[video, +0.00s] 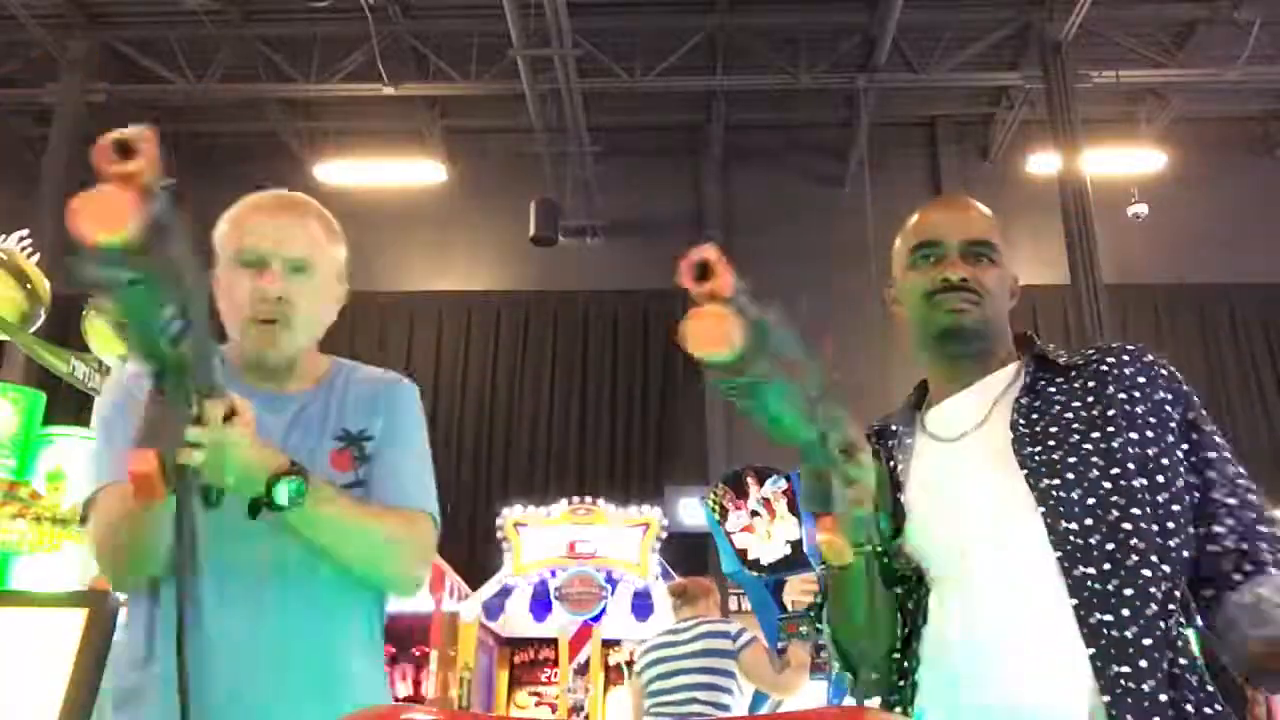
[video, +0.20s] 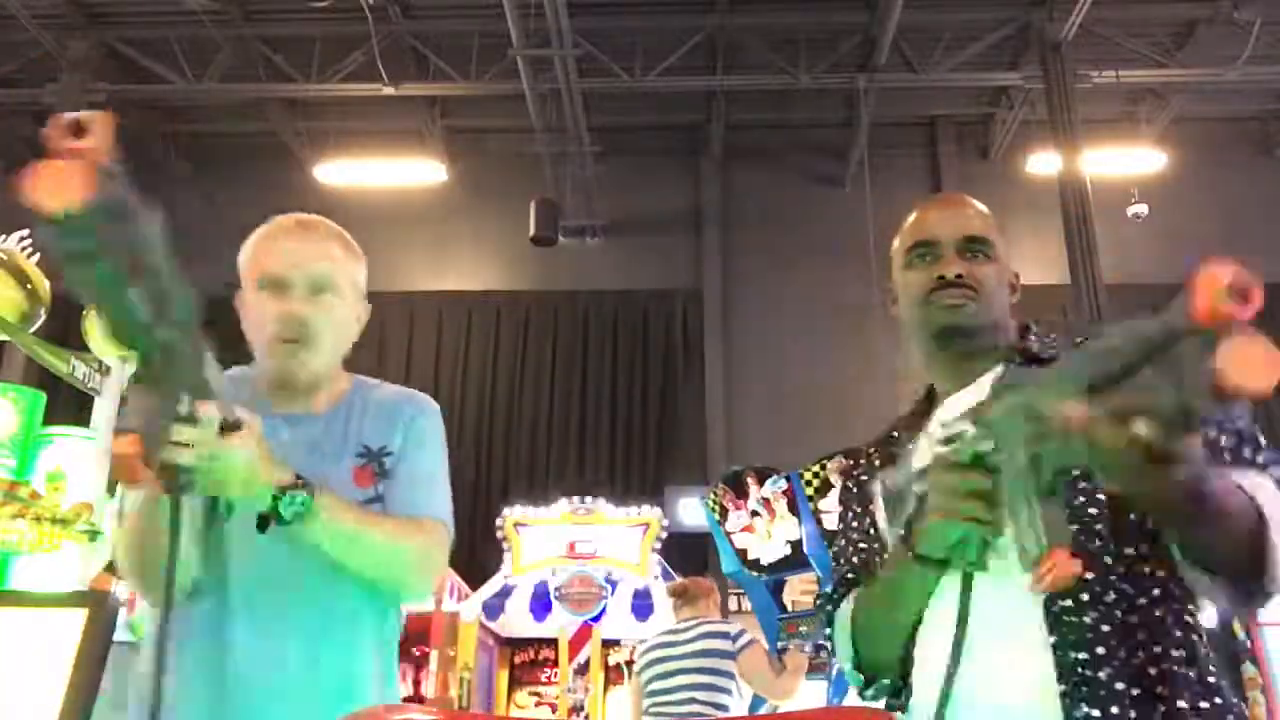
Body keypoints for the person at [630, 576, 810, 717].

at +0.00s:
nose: (721, 611)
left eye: (719, 606)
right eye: (719, 605)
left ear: (675, 610)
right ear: (713, 602)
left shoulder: (646, 649)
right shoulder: (731, 632)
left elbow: (638, 714)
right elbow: (782, 687)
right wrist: (801, 661)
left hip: (660, 715)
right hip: (713, 712)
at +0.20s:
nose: (722, 610)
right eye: (720, 604)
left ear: (675, 610)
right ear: (713, 600)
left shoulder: (646, 648)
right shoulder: (730, 633)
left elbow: (637, 713)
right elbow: (779, 692)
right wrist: (797, 667)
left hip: (658, 714)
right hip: (710, 712)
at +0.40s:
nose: (721, 609)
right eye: (720, 603)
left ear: (676, 608)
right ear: (714, 599)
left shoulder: (646, 647)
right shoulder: (729, 632)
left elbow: (637, 713)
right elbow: (752, 694)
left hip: (657, 716)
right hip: (707, 714)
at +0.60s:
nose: (720, 607)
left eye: (717, 600)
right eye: (716, 599)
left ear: (672, 607)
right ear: (707, 597)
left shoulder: (645, 647)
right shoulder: (727, 630)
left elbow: (636, 712)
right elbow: (769, 687)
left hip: (655, 715)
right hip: (709, 713)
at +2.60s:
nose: (716, 606)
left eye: (714, 599)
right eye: (715, 599)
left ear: (672, 605)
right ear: (710, 595)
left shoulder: (644, 648)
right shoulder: (729, 631)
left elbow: (637, 712)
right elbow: (781, 683)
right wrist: (798, 657)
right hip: (707, 712)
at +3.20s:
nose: (723, 609)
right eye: (721, 603)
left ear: (675, 609)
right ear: (714, 600)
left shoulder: (646, 650)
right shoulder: (731, 633)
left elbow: (639, 713)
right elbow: (778, 695)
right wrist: (794, 665)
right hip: (710, 712)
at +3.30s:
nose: (721, 611)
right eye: (720, 605)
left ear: (676, 610)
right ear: (714, 602)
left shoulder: (646, 648)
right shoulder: (729, 633)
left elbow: (638, 713)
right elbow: (758, 694)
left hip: (658, 716)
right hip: (707, 714)